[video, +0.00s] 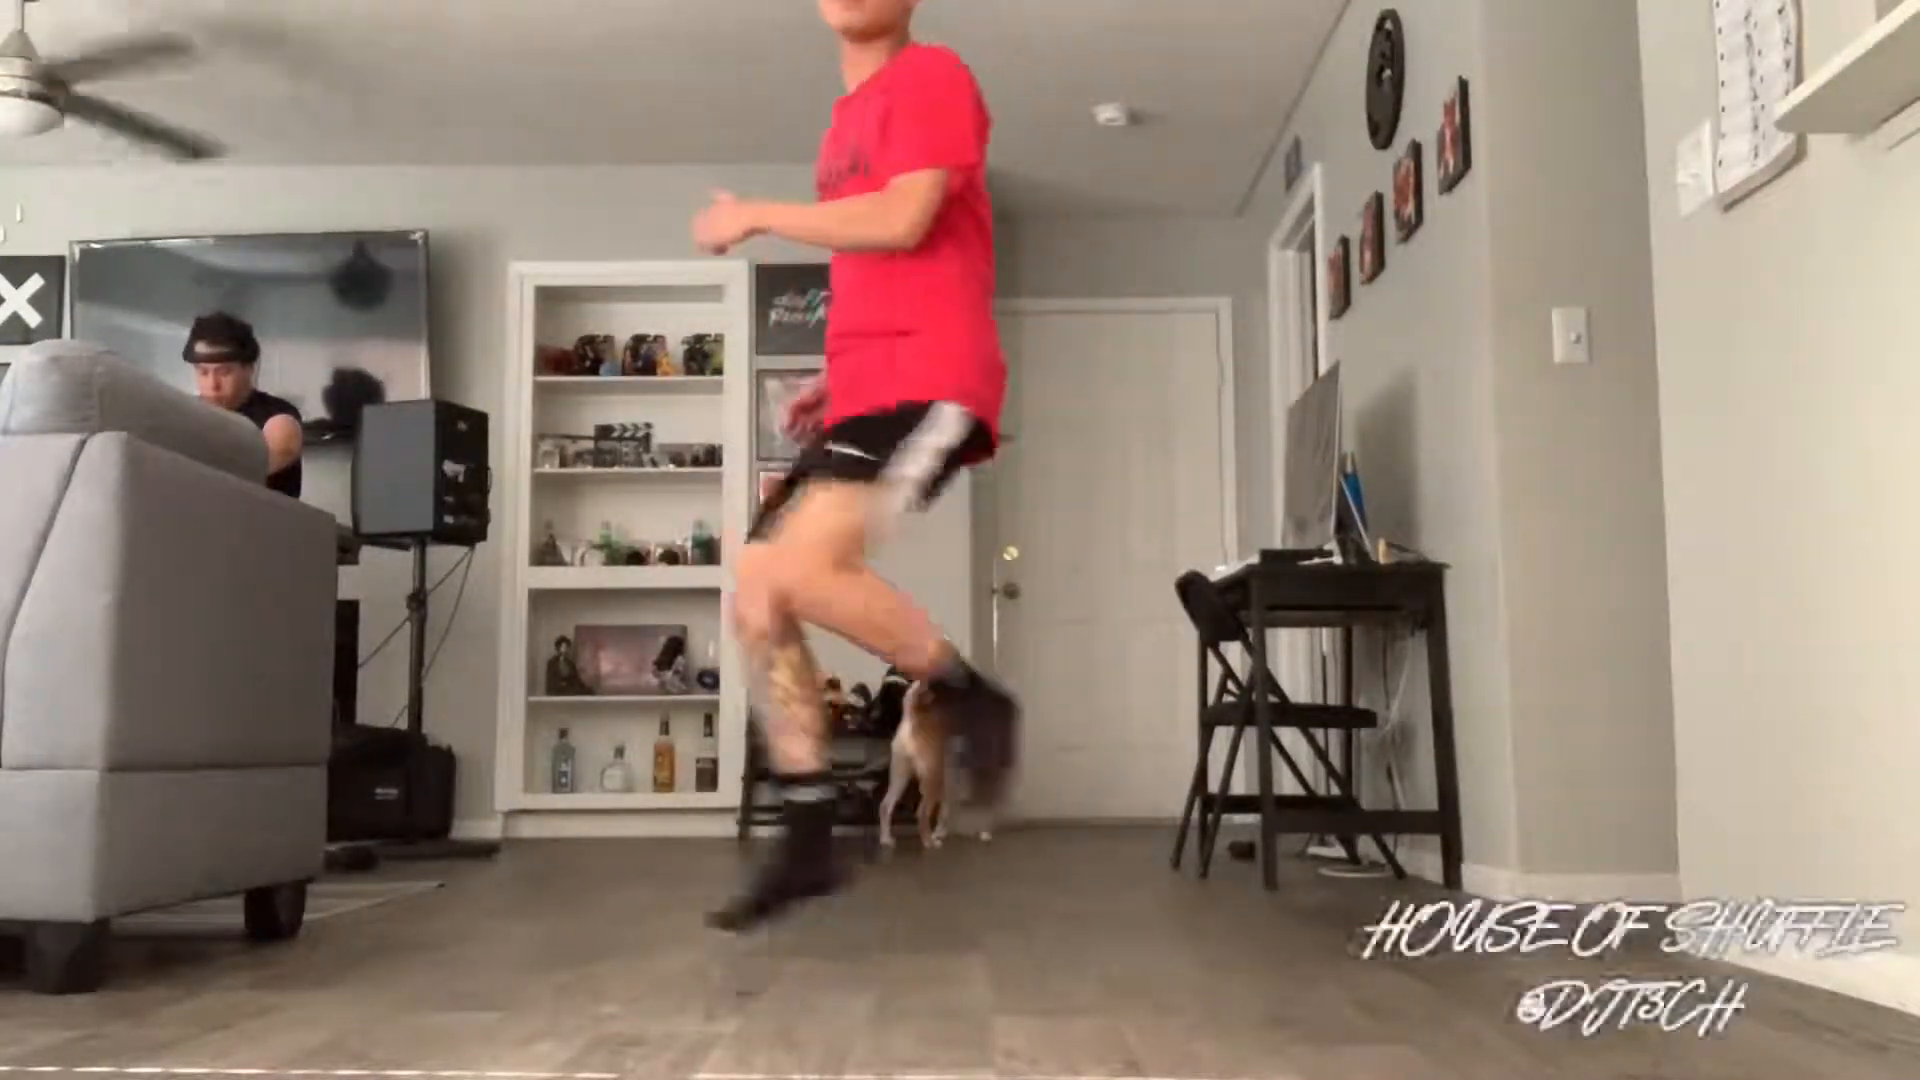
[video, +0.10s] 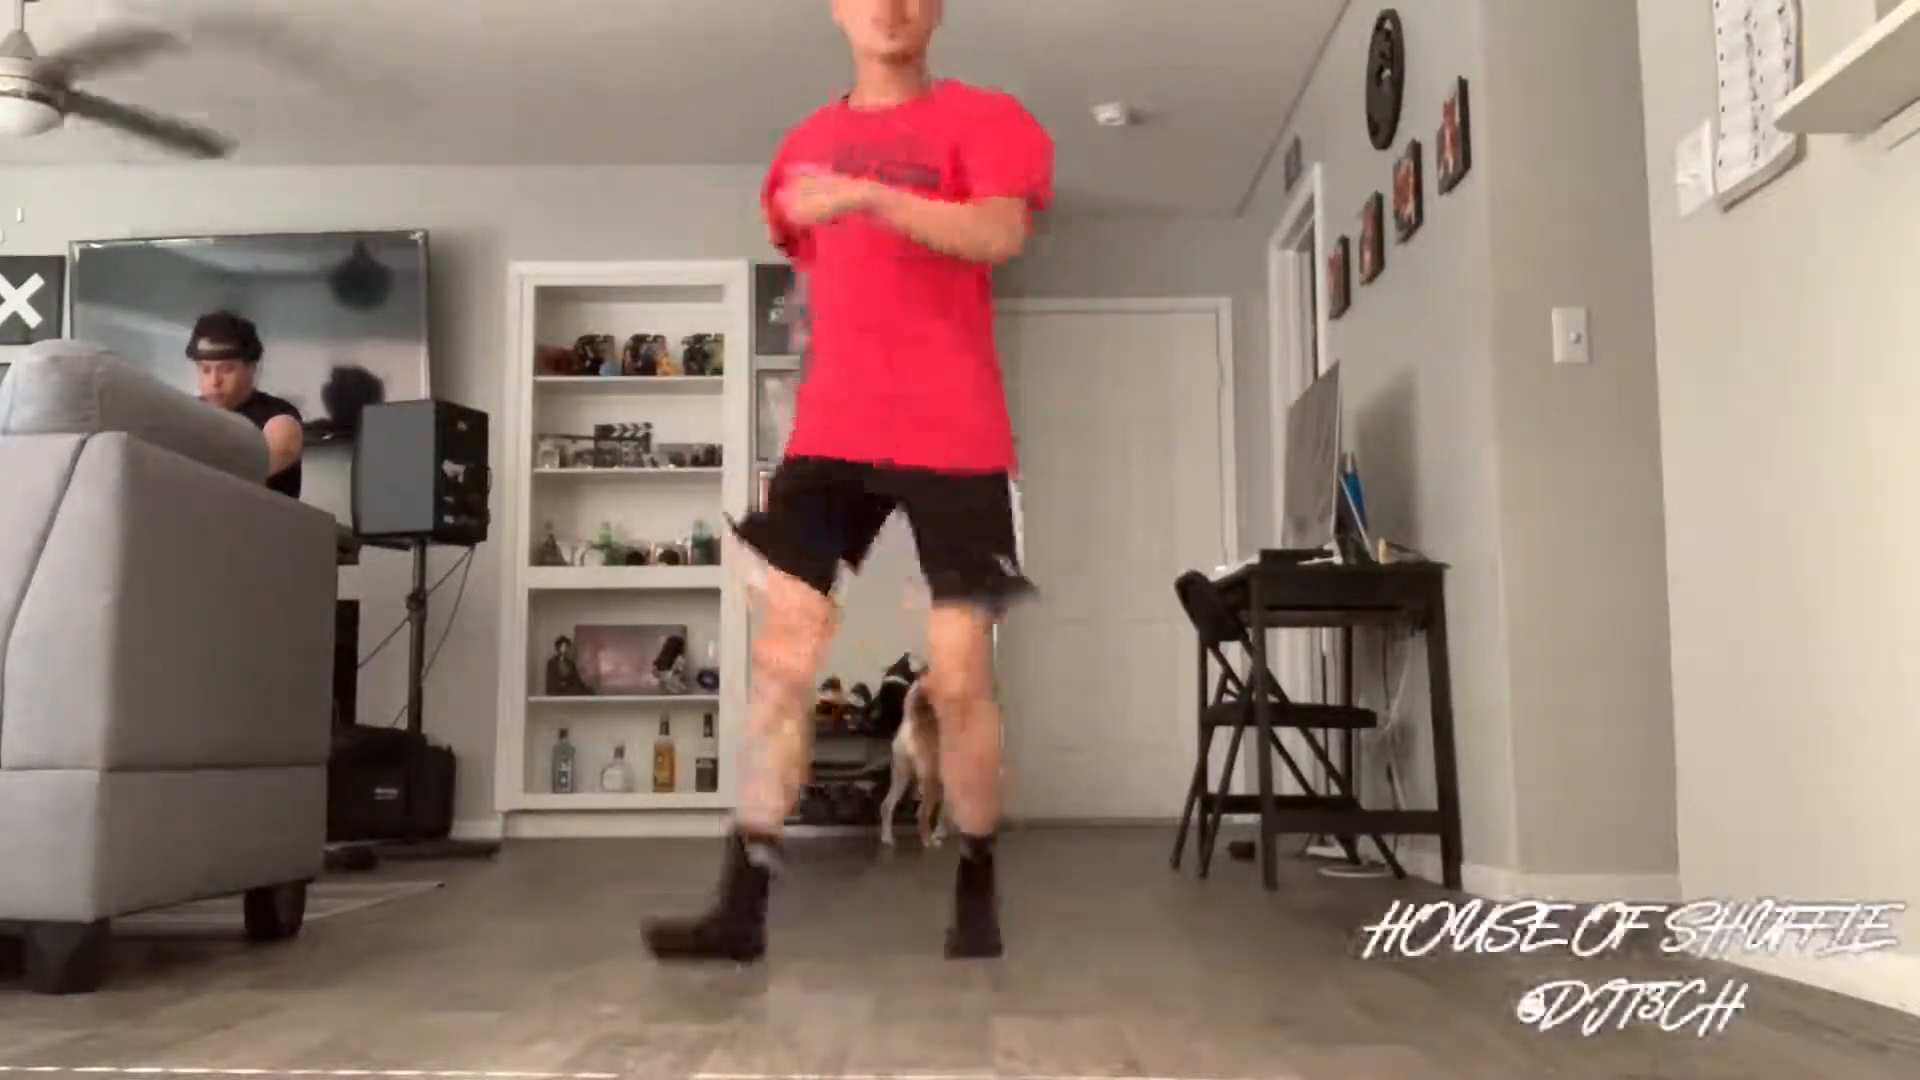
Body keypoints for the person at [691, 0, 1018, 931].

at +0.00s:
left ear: (902, 1)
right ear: (828, 9)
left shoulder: (931, 76)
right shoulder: (849, 119)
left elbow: (903, 217)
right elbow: (888, 278)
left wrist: (758, 215)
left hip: (935, 385)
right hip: (869, 396)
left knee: (806, 569)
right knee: (755, 596)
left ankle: (971, 698)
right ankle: (807, 831)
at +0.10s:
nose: (892, 7)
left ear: (936, 11)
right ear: (838, 11)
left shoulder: (987, 117)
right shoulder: (808, 145)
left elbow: (1002, 229)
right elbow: (824, 292)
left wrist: (865, 196)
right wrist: (813, 428)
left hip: (954, 438)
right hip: (833, 435)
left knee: (957, 678)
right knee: (782, 652)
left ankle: (977, 896)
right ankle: (740, 911)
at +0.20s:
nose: (907, 2)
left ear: (945, 7)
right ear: (856, 9)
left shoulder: (1001, 121)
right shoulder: (806, 123)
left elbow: (1029, 251)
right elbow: (751, 273)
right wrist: (736, 390)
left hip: (965, 433)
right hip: (844, 433)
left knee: (962, 670)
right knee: (824, 649)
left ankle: (961, 888)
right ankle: (797, 890)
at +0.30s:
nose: (927, 1)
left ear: (955, 7)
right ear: (875, 1)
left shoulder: (990, 105)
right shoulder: (801, 86)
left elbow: (1033, 262)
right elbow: (736, 219)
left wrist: (1074, 403)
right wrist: (730, 270)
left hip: (975, 404)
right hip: (858, 409)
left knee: (1004, 612)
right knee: (894, 646)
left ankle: (975, 749)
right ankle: (889, 897)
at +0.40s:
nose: (953, 0)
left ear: (957, 12)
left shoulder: (985, 127)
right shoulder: (828, 79)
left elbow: (1010, 287)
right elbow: (752, 186)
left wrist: (1032, 407)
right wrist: (769, 179)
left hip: (970, 380)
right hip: (855, 400)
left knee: (1011, 525)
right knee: (883, 670)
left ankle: (987, 666)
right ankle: (891, 912)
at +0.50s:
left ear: (960, 5)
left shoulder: (978, 101)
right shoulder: (842, 48)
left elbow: (977, 234)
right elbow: (778, 186)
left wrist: (990, 342)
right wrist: (827, 192)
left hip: (980, 363)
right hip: (868, 366)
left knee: (997, 553)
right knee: (874, 636)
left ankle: (921, 785)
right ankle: (848, 870)